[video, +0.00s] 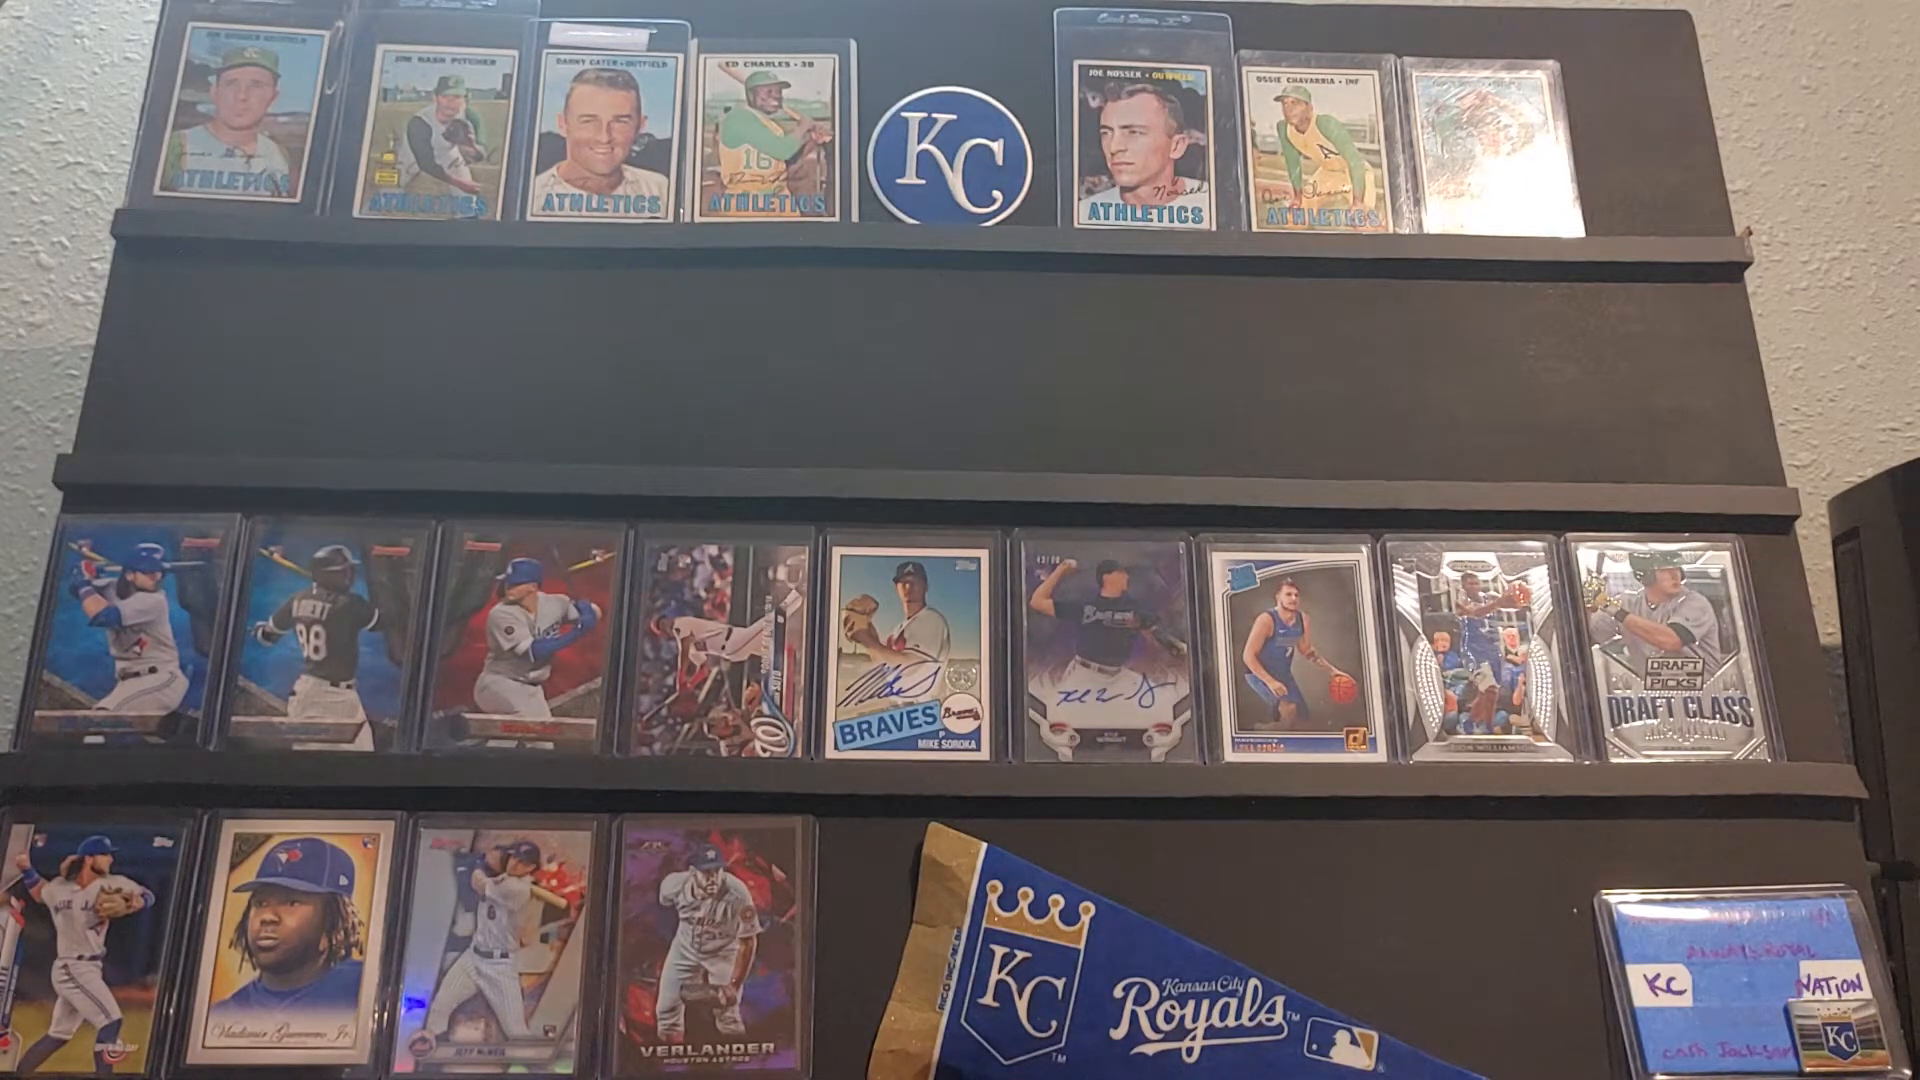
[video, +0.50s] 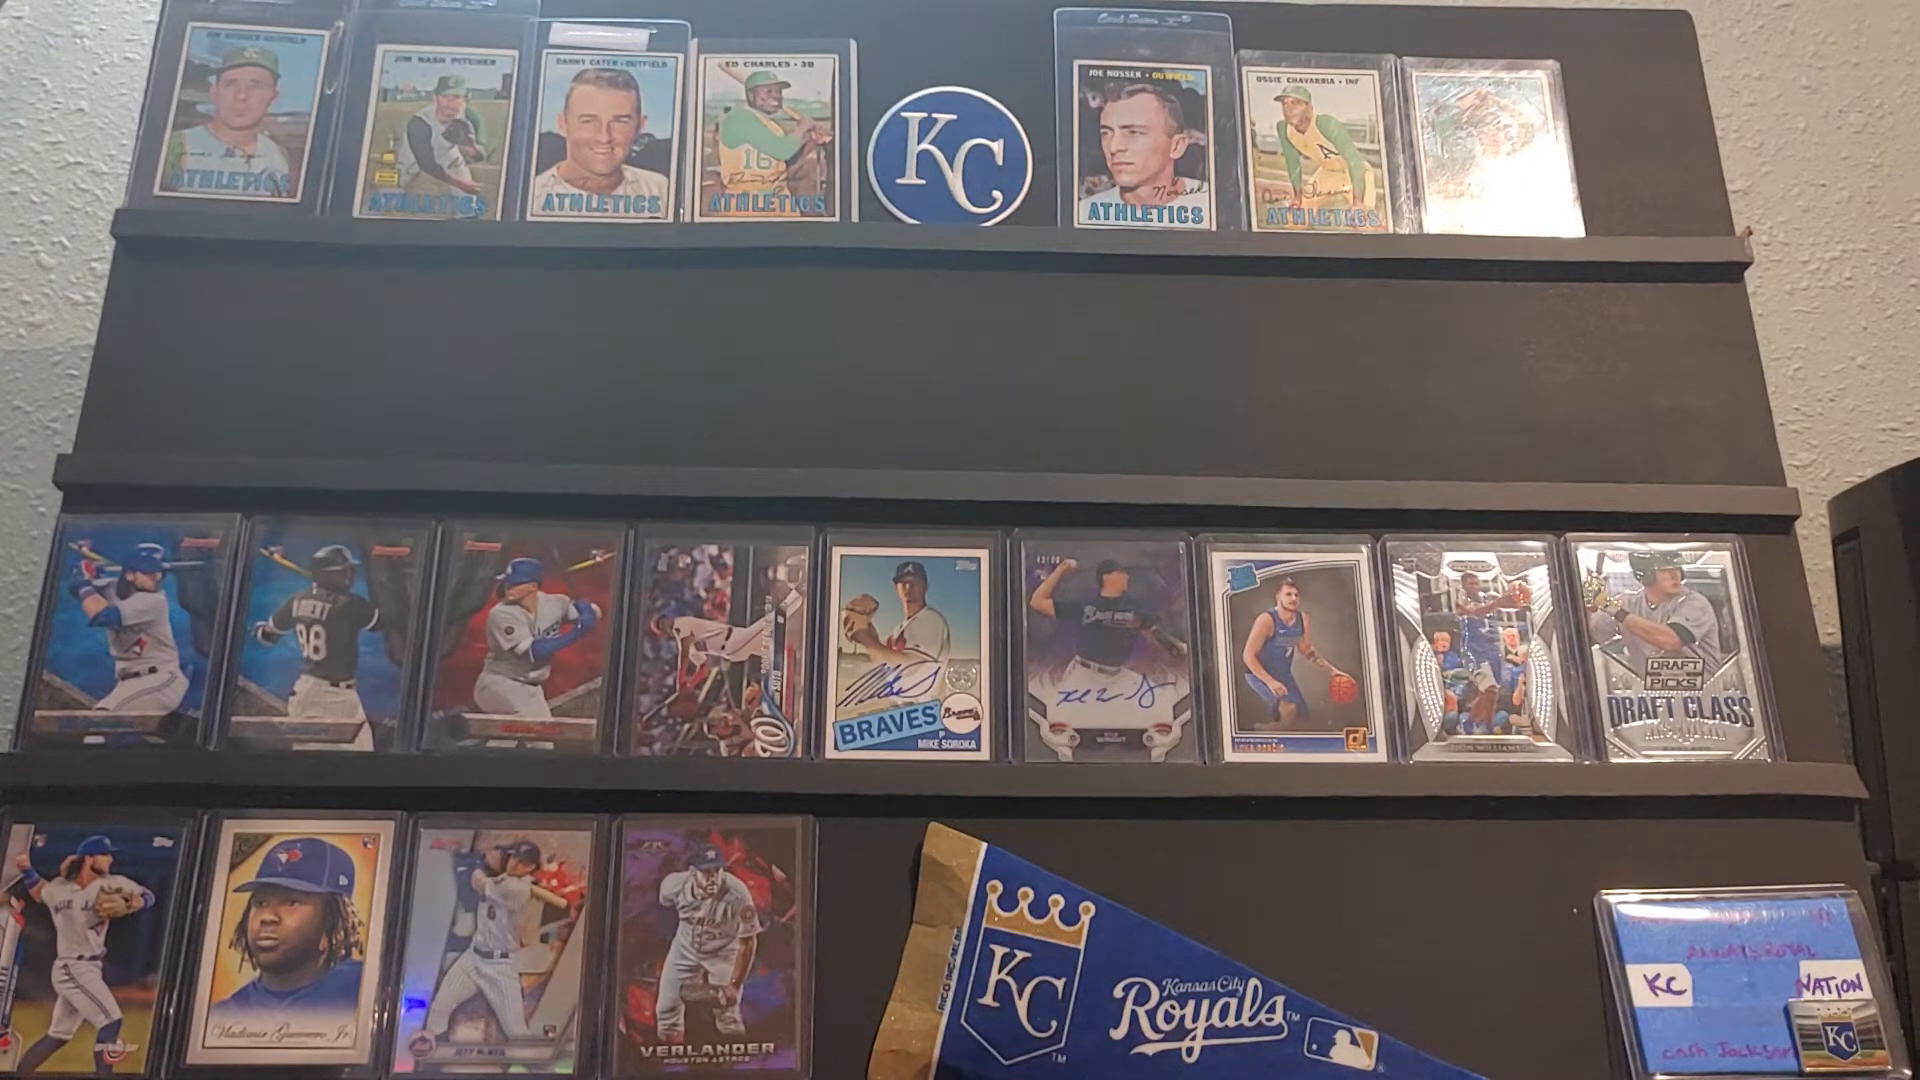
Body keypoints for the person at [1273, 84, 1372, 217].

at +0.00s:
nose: (1288, 109)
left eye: (1294, 103)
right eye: (1285, 104)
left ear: (1309, 107)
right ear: (1281, 107)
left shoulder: (1327, 123)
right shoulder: (1283, 128)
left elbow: (1355, 161)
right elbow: (1293, 164)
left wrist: (1358, 202)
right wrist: (1297, 197)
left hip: (1355, 172)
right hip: (1327, 172)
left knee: (1360, 219)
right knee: (1302, 209)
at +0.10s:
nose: (1288, 109)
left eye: (1294, 103)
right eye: (1285, 104)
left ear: (1309, 107)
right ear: (1281, 108)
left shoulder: (1327, 123)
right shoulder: (1283, 128)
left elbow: (1355, 161)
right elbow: (1293, 163)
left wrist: (1358, 202)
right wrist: (1297, 197)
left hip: (1355, 172)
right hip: (1327, 172)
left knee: (1360, 219)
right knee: (1302, 209)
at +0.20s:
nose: (1288, 109)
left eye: (1294, 103)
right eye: (1285, 104)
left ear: (1309, 107)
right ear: (1281, 107)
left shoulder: (1327, 123)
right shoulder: (1283, 128)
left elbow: (1355, 160)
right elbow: (1293, 163)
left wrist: (1358, 202)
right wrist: (1297, 197)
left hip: (1355, 172)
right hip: (1327, 172)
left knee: (1360, 217)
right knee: (1302, 208)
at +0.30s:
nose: (1288, 109)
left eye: (1294, 103)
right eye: (1285, 104)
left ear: (1309, 107)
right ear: (1281, 107)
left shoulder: (1327, 123)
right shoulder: (1283, 128)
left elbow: (1355, 160)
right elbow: (1293, 163)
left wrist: (1358, 202)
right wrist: (1297, 197)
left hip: (1355, 172)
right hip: (1327, 172)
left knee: (1360, 217)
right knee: (1302, 208)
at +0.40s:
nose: (1288, 109)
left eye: (1294, 103)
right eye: (1285, 104)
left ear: (1309, 107)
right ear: (1281, 107)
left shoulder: (1327, 123)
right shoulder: (1283, 128)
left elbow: (1355, 160)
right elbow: (1293, 163)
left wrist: (1358, 202)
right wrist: (1297, 197)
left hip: (1355, 172)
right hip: (1327, 172)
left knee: (1360, 217)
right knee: (1302, 208)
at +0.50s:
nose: (1288, 109)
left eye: (1294, 103)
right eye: (1285, 104)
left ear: (1309, 107)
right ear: (1281, 107)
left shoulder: (1327, 123)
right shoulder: (1283, 128)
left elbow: (1355, 160)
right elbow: (1293, 163)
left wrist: (1358, 202)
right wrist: (1297, 197)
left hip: (1355, 172)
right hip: (1327, 172)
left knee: (1360, 217)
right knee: (1302, 208)